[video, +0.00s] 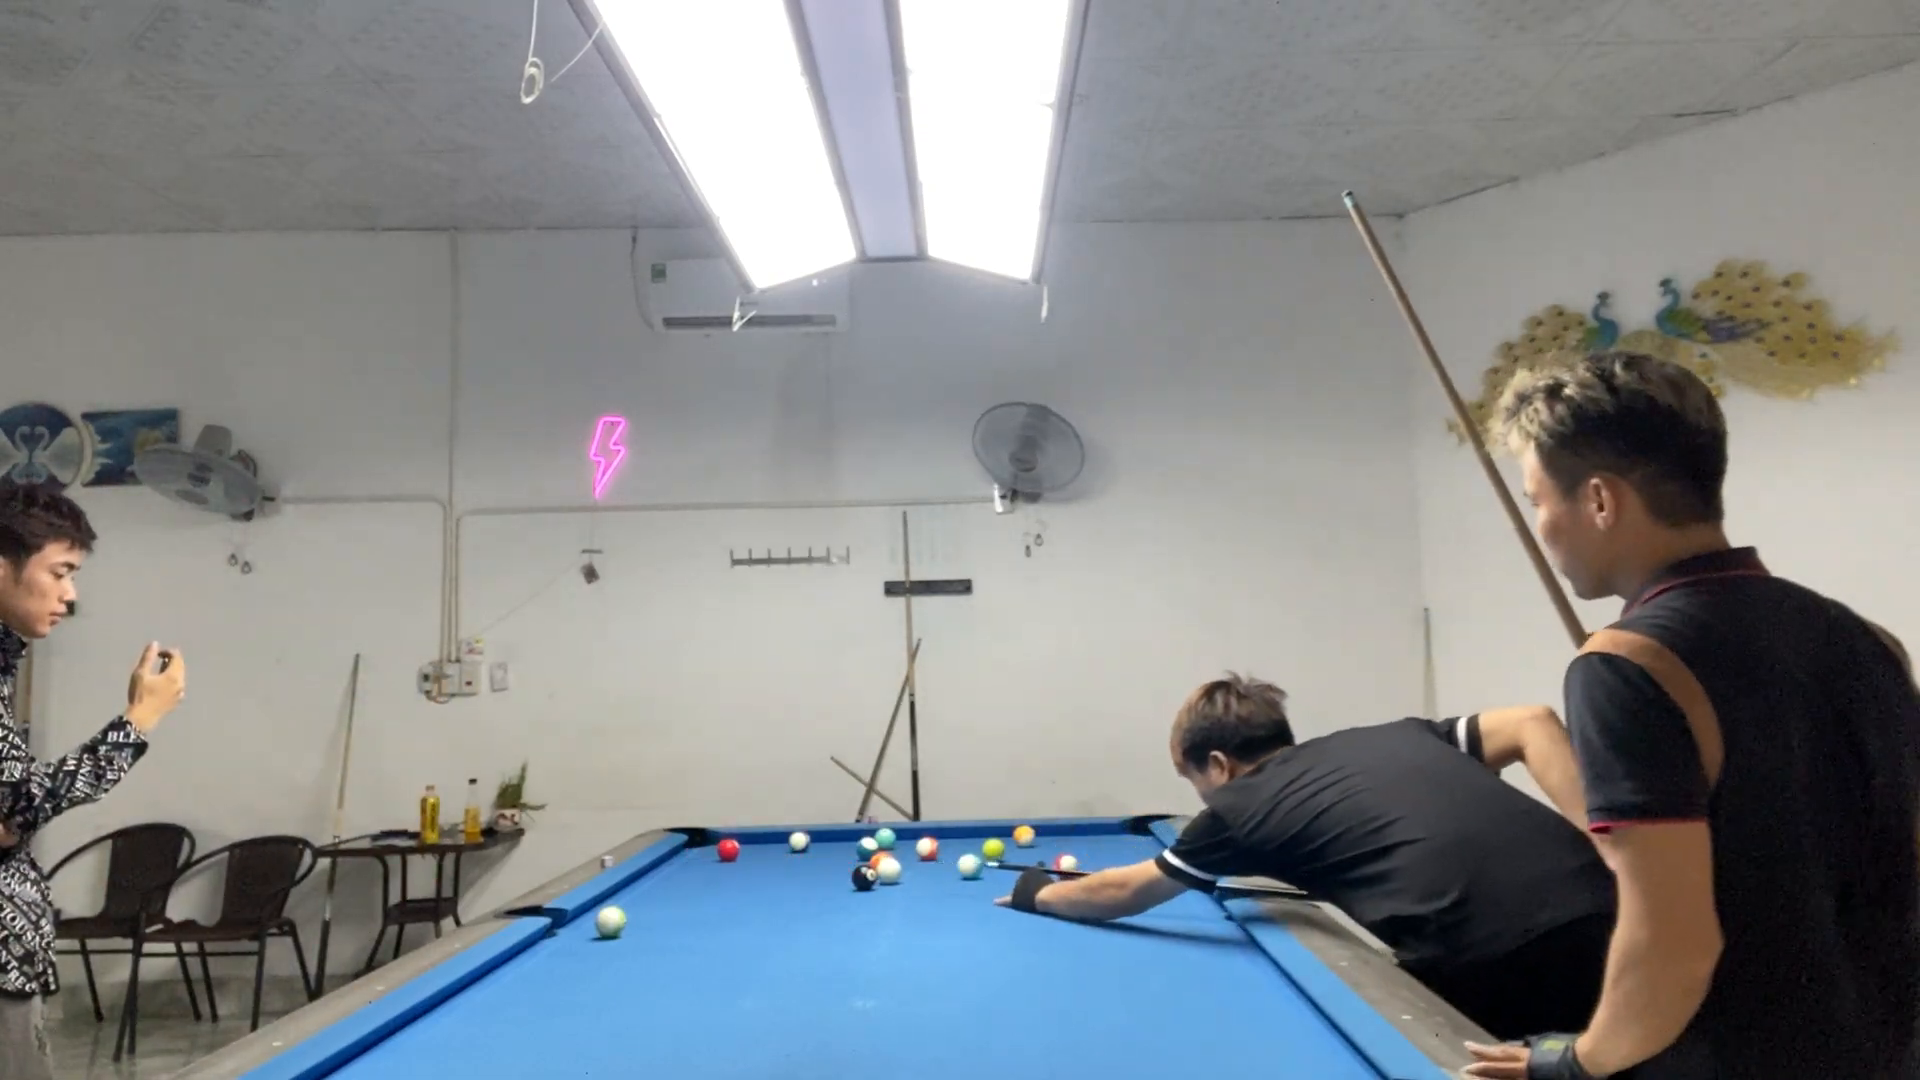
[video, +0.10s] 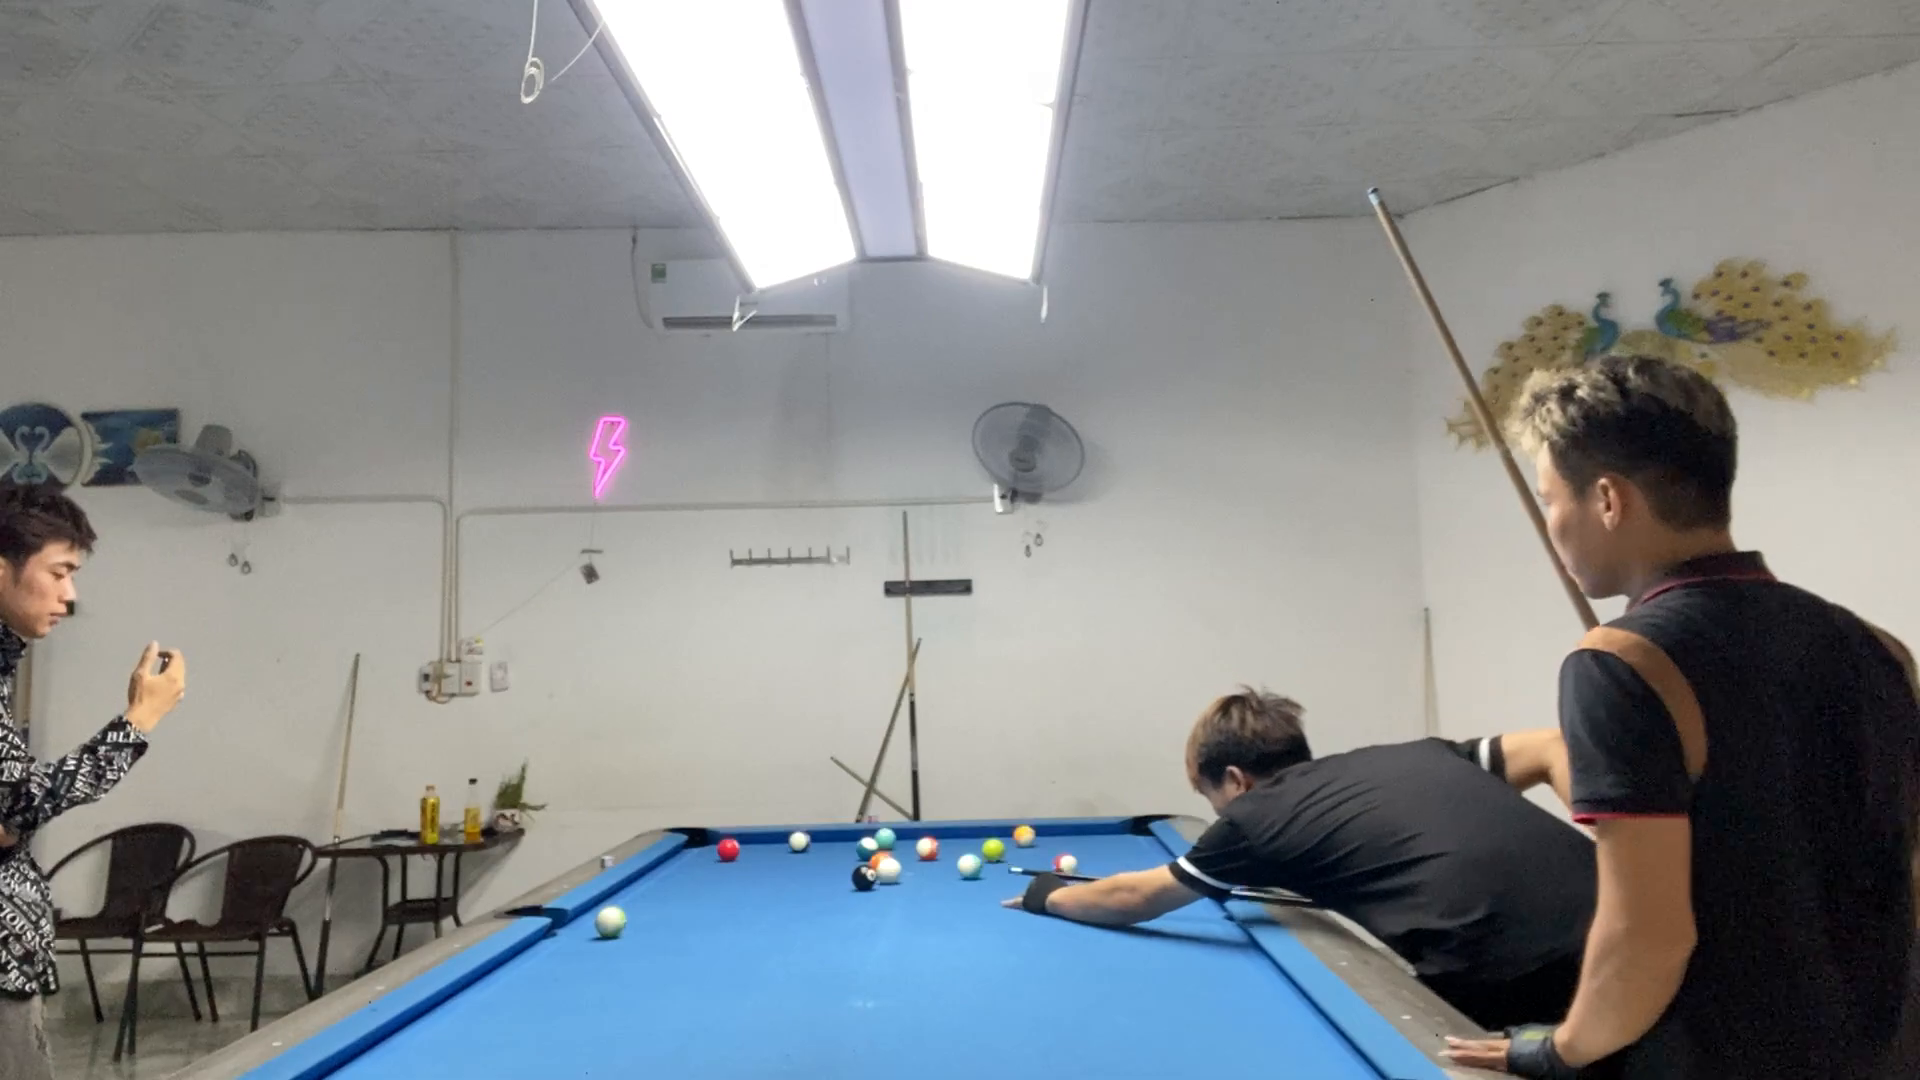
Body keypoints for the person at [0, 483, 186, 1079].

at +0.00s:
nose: (71, 595)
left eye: (72, 576)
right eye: (60, 572)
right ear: (5, 569)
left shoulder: (4, 670)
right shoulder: (1, 673)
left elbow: (22, 795)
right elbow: (22, 801)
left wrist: (12, 823)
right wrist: (139, 720)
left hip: (18, 976)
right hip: (8, 978)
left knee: (29, 1069)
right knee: (26, 1070)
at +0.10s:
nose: (70, 595)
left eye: (72, 576)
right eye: (59, 572)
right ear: (5, 569)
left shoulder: (3, 678)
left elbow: (22, 794)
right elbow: (19, 803)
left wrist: (12, 826)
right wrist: (137, 723)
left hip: (19, 980)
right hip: (8, 984)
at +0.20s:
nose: (70, 596)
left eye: (71, 576)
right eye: (59, 572)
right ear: (4, 568)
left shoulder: (4, 670)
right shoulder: (0, 673)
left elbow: (21, 792)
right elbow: (20, 802)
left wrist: (12, 825)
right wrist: (138, 722)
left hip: (19, 976)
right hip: (8, 979)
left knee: (30, 1068)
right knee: (27, 1070)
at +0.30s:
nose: (70, 595)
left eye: (71, 576)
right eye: (58, 572)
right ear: (4, 569)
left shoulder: (3, 671)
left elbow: (21, 791)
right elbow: (21, 800)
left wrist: (12, 825)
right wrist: (138, 722)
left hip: (18, 975)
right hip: (7, 978)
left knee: (29, 1069)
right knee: (26, 1070)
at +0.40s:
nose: (70, 596)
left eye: (71, 576)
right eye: (58, 572)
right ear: (4, 568)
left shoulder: (3, 672)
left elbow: (21, 791)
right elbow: (20, 801)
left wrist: (12, 824)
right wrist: (137, 722)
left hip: (17, 975)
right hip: (7, 978)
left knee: (30, 1069)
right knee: (26, 1070)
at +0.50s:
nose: (69, 596)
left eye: (71, 576)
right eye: (58, 572)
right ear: (4, 568)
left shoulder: (3, 671)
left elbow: (21, 791)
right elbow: (20, 800)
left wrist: (12, 824)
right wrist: (137, 722)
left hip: (16, 973)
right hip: (6, 976)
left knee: (29, 1069)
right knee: (25, 1070)